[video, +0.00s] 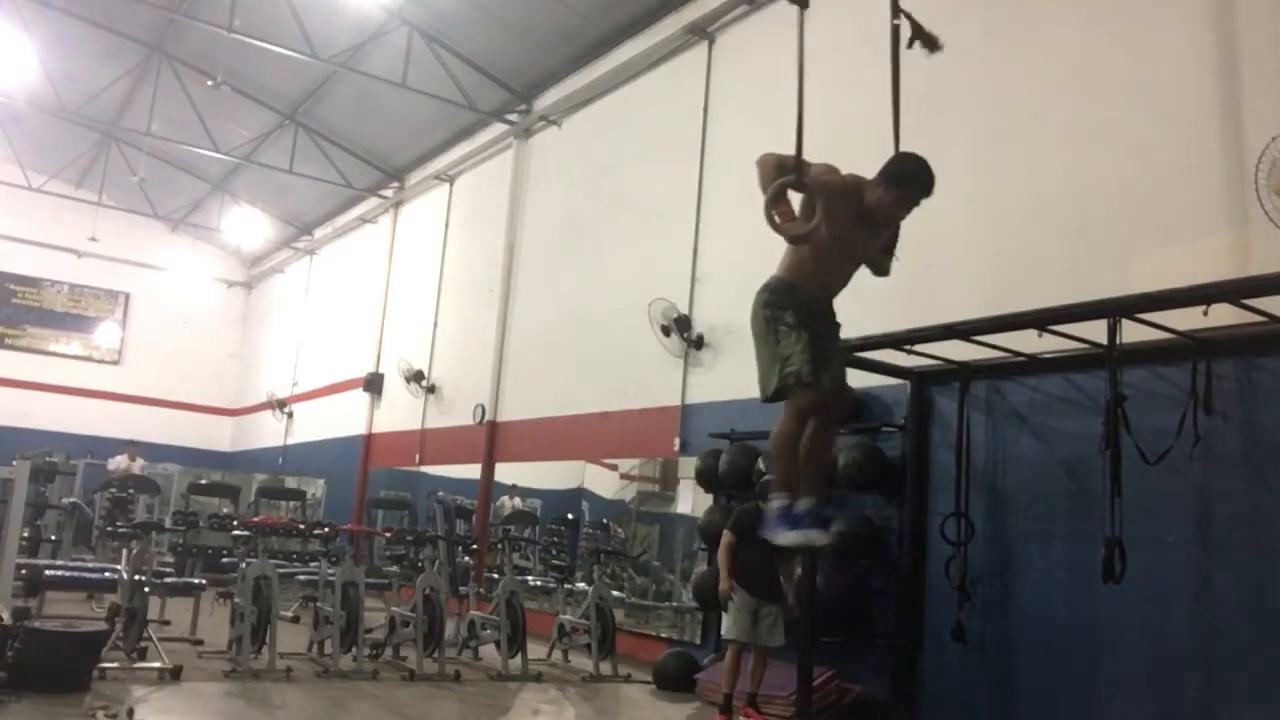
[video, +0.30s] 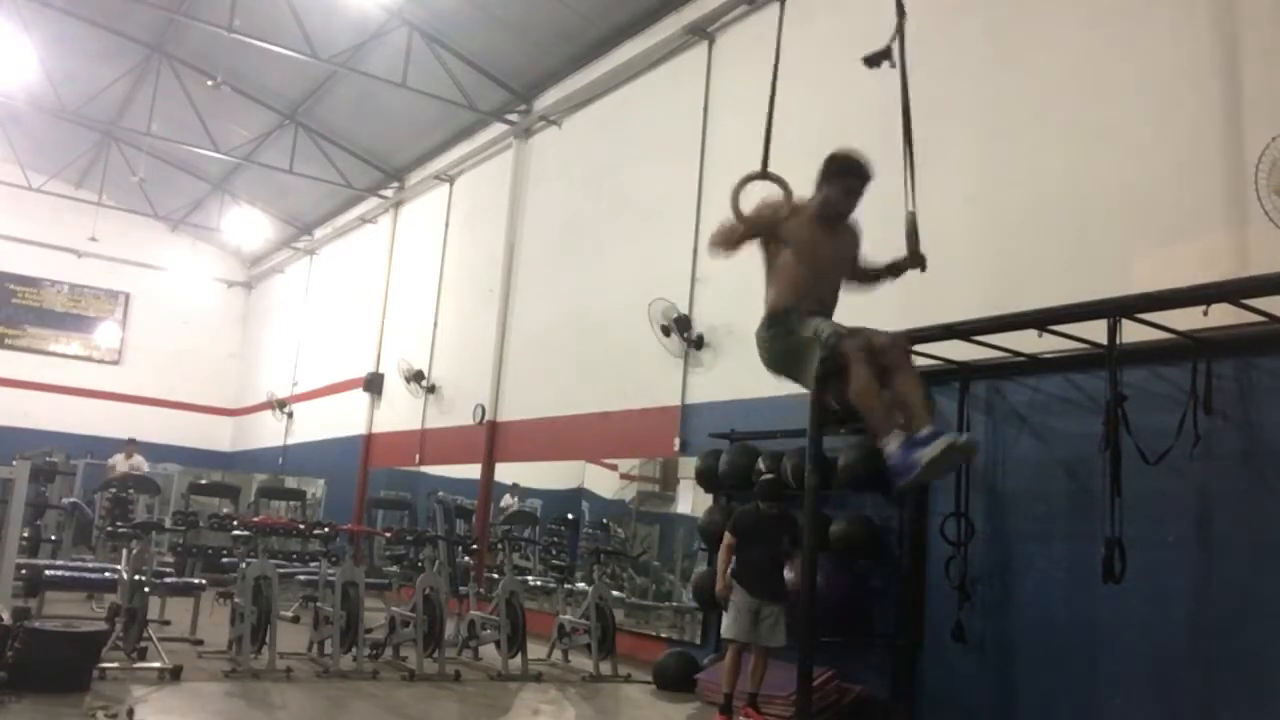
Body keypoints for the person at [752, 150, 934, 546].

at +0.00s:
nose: (899, 216)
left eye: (906, 210)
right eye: (898, 205)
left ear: (908, 204)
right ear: (882, 185)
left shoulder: (886, 224)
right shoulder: (835, 184)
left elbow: (881, 268)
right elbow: (770, 163)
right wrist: (780, 209)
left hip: (820, 311)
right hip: (782, 302)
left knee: (831, 408)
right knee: (802, 399)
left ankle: (808, 510)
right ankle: (778, 510)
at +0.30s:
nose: (849, 204)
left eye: (855, 197)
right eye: (844, 193)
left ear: (859, 196)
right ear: (823, 183)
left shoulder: (846, 234)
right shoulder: (783, 214)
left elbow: (852, 275)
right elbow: (721, 241)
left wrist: (898, 267)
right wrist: (738, 231)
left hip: (821, 329)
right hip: (782, 329)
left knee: (893, 346)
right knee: (854, 349)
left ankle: (924, 437)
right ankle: (895, 451)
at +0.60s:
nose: (777, 354)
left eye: (782, 346)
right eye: (768, 346)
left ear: (791, 349)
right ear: (751, 349)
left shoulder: (802, 377)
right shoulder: (739, 381)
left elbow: (834, 348)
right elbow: (714, 325)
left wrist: (826, 296)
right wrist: (728, 265)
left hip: (829, 467)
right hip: (790, 470)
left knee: (897, 440)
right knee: (869, 436)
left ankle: (987, 453)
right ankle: (972, 453)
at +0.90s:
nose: (821, 394)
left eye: (829, 386)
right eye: (813, 384)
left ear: (839, 387)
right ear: (793, 380)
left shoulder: (833, 420)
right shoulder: (771, 417)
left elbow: (852, 349)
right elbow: (771, 335)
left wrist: (855, 281)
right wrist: (775, 266)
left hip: (834, 549)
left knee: (849, 668)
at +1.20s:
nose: (897, 382)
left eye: (904, 373)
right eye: (890, 369)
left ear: (910, 368)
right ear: (865, 356)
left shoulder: (891, 392)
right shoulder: (828, 389)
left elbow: (918, 320)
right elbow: (833, 304)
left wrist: (924, 252)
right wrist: (840, 231)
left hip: (833, 542)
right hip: (784, 524)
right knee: (708, 564)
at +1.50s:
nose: (882, 379)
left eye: (889, 370)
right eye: (873, 367)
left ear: (894, 370)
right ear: (848, 360)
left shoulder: (877, 395)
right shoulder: (816, 393)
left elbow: (903, 324)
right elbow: (820, 307)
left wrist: (908, 253)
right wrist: (827, 235)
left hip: (808, 541)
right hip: (767, 524)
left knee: (751, 593)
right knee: (704, 577)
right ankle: (654, 536)